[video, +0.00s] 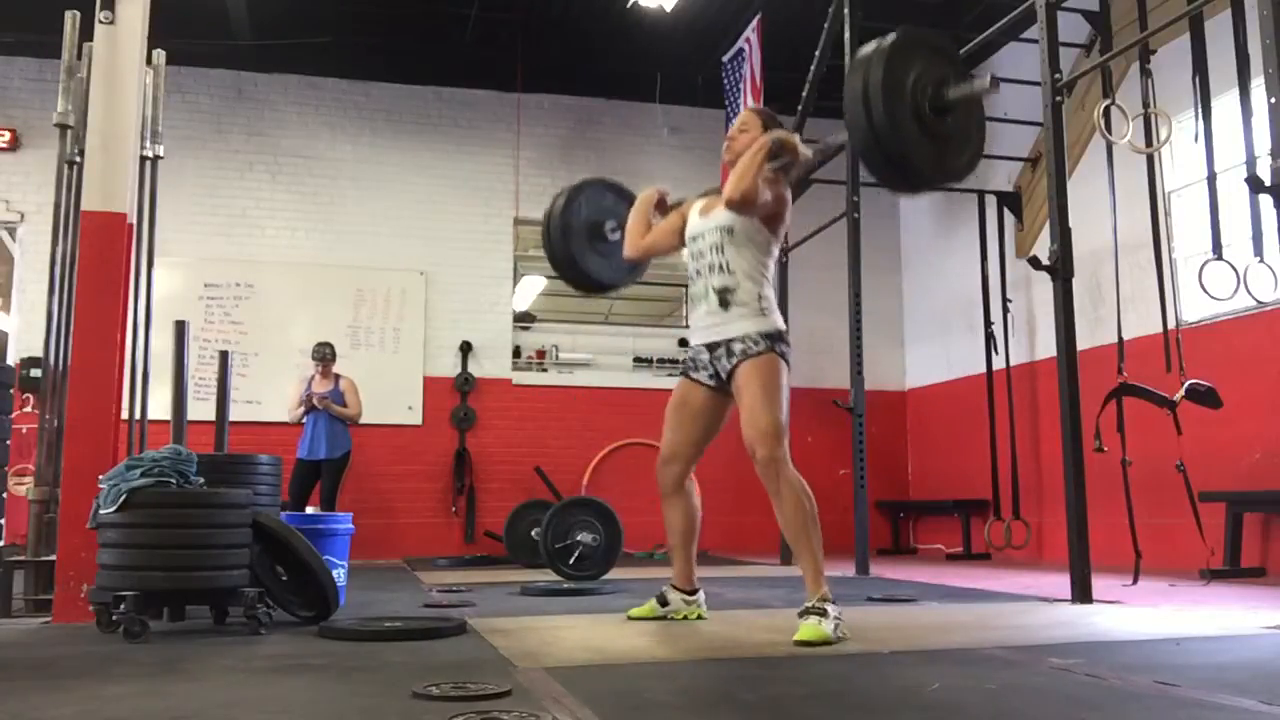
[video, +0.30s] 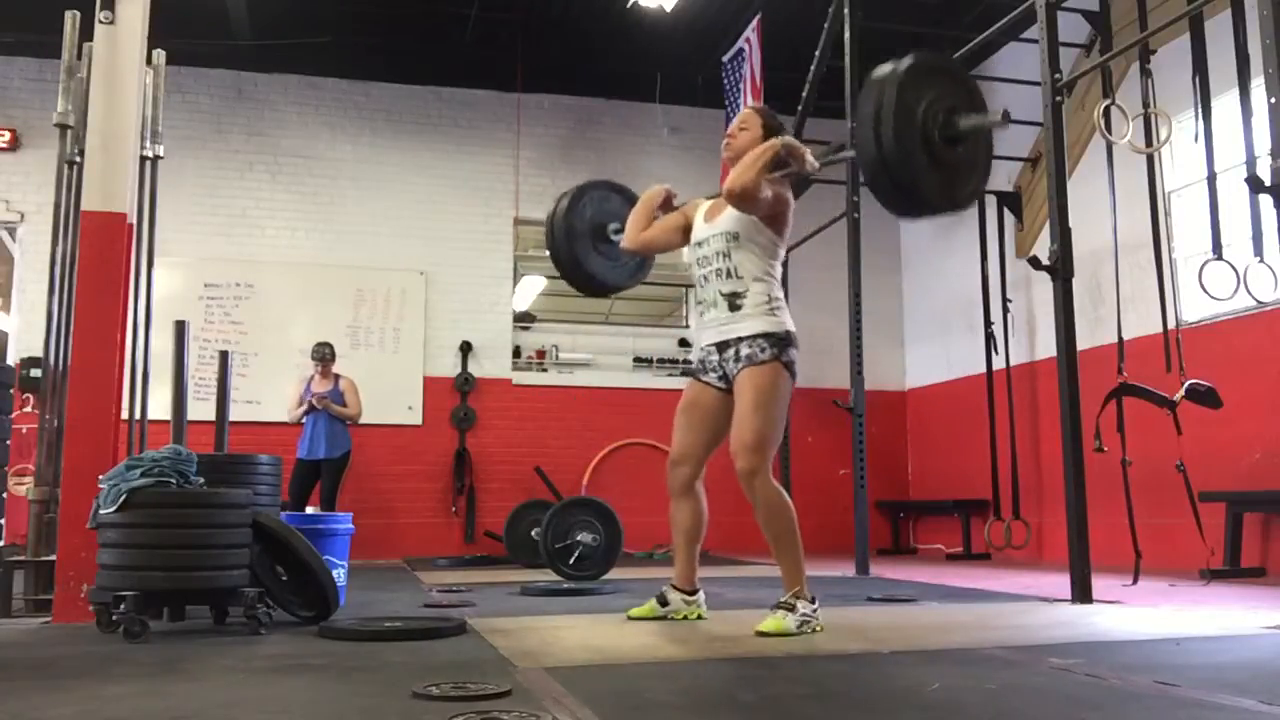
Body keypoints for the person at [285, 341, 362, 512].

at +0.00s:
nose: (321, 370)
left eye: (325, 366)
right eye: (317, 365)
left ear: (333, 363)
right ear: (313, 362)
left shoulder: (345, 384)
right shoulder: (306, 383)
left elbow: (355, 415)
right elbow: (292, 418)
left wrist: (329, 406)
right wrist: (304, 407)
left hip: (335, 450)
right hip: (309, 449)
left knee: (327, 501)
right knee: (296, 498)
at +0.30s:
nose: (320, 370)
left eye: (325, 366)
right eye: (317, 365)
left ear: (333, 363)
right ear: (312, 362)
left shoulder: (345, 384)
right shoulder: (305, 383)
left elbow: (355, 415)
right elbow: (291, 417)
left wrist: (328, 405)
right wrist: (305, 406)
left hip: (335, 449)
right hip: (309, 449)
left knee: (327, 500)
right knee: (296, 498)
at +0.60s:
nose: (320, 370)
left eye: (325, 366)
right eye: (317, 365)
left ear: (333, 363)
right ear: (313, 362)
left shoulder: (345, 384)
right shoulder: (305, 383)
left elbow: (356, 415)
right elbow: (290, 417)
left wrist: (329, 405)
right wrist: (304, 407)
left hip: (335, 450)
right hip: (308, 450)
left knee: (327, 500)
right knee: (295, 499)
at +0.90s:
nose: (321, 370)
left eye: (326, 366)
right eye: (318, 365)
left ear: (334, 362)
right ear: (313, 362)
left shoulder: (346, 384)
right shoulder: (306, 383)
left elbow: (356, 415)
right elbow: (290, 417)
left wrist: (329, 405)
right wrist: (305, 405)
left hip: (335, 450)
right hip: (308, 449)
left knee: (327, 500)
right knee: (295, 499)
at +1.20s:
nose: (322, 369)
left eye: (326, 365)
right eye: (318, 365)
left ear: (334, 362)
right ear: (313, 362)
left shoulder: (346, 383)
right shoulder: (306, 383)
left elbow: (356, 415)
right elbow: (291, 416)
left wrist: (329, 405)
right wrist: (306, 406)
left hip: (336, 450)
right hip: (309, 449)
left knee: (327, 501)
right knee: (296, 498)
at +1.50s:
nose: (321, 369)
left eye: (326, 365)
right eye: (318, 365)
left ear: (334, 362)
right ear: (313, 363)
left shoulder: (346, 383)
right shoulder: (307, 383)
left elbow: (357, 415)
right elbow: (292, 417)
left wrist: (329, 405)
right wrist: (305, 406)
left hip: (336, 449)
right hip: (309, 449)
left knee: (327, 501)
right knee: (296, 498)